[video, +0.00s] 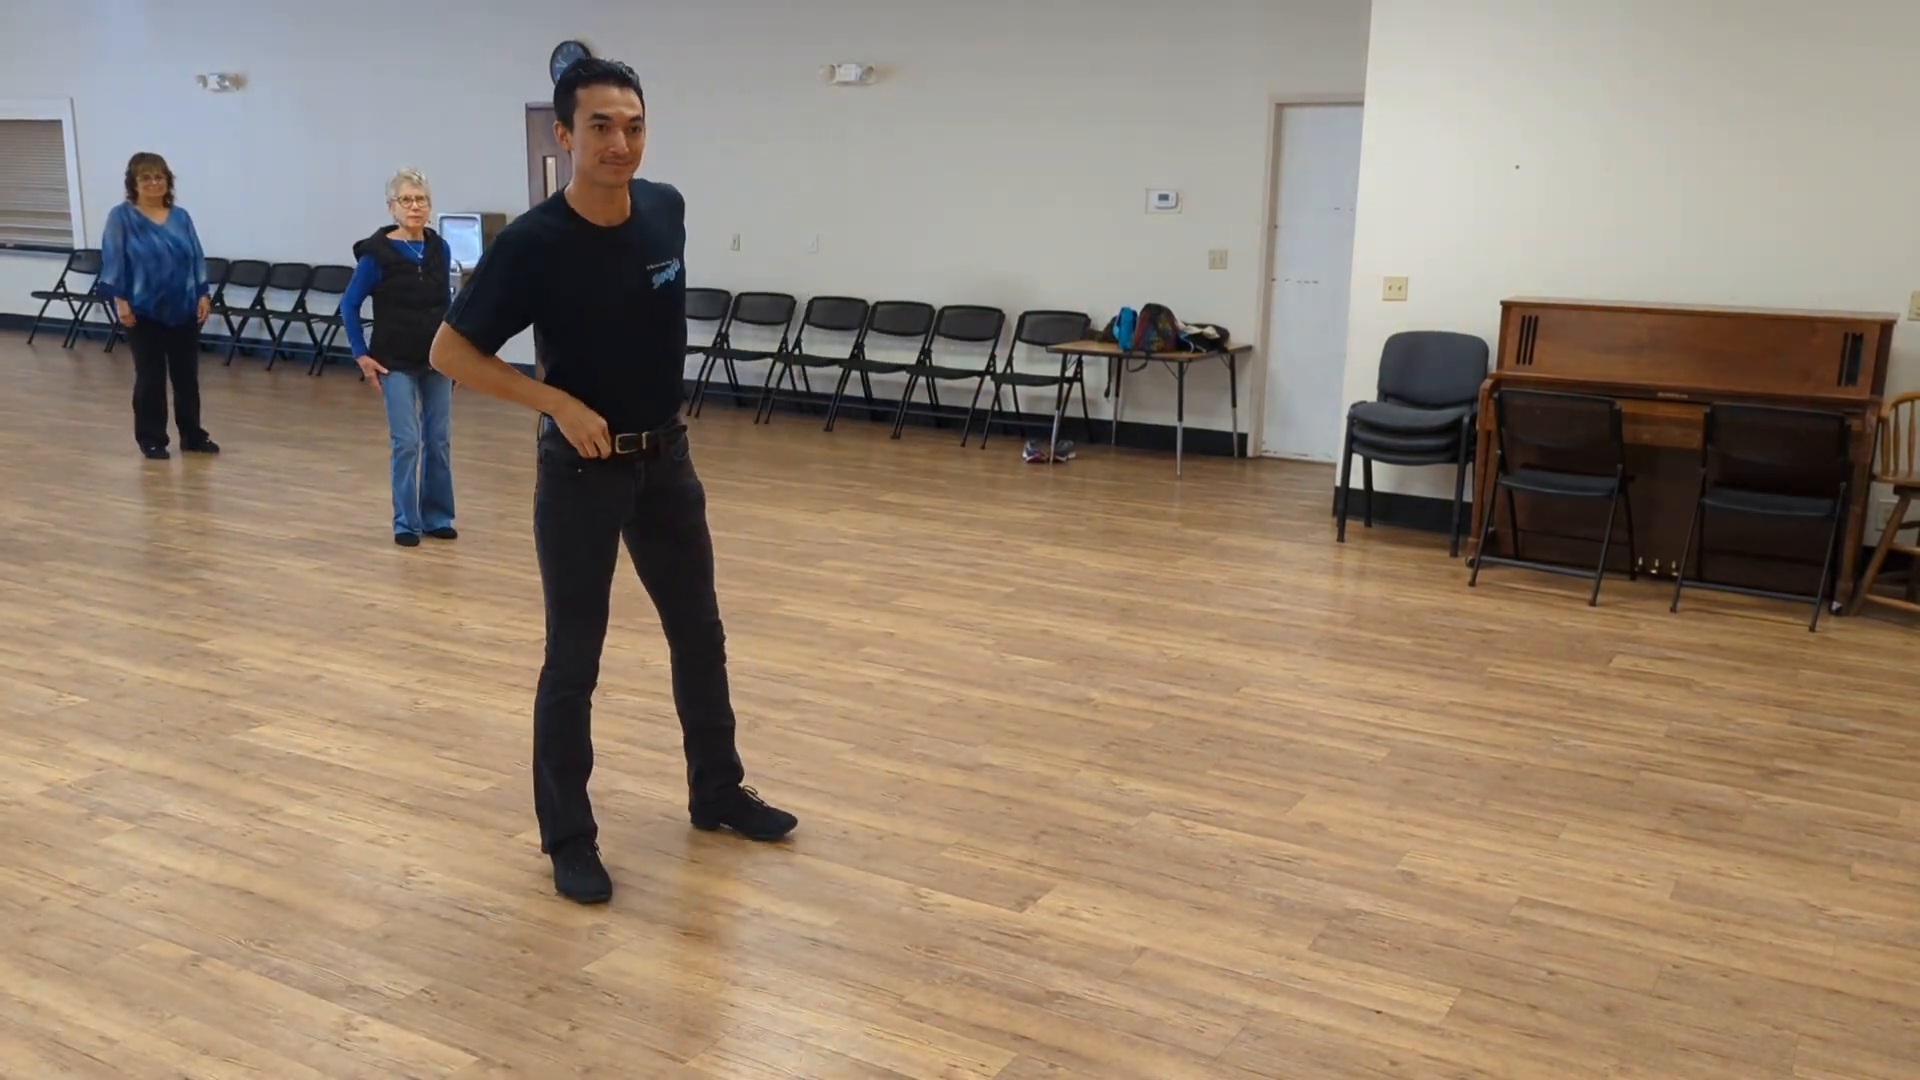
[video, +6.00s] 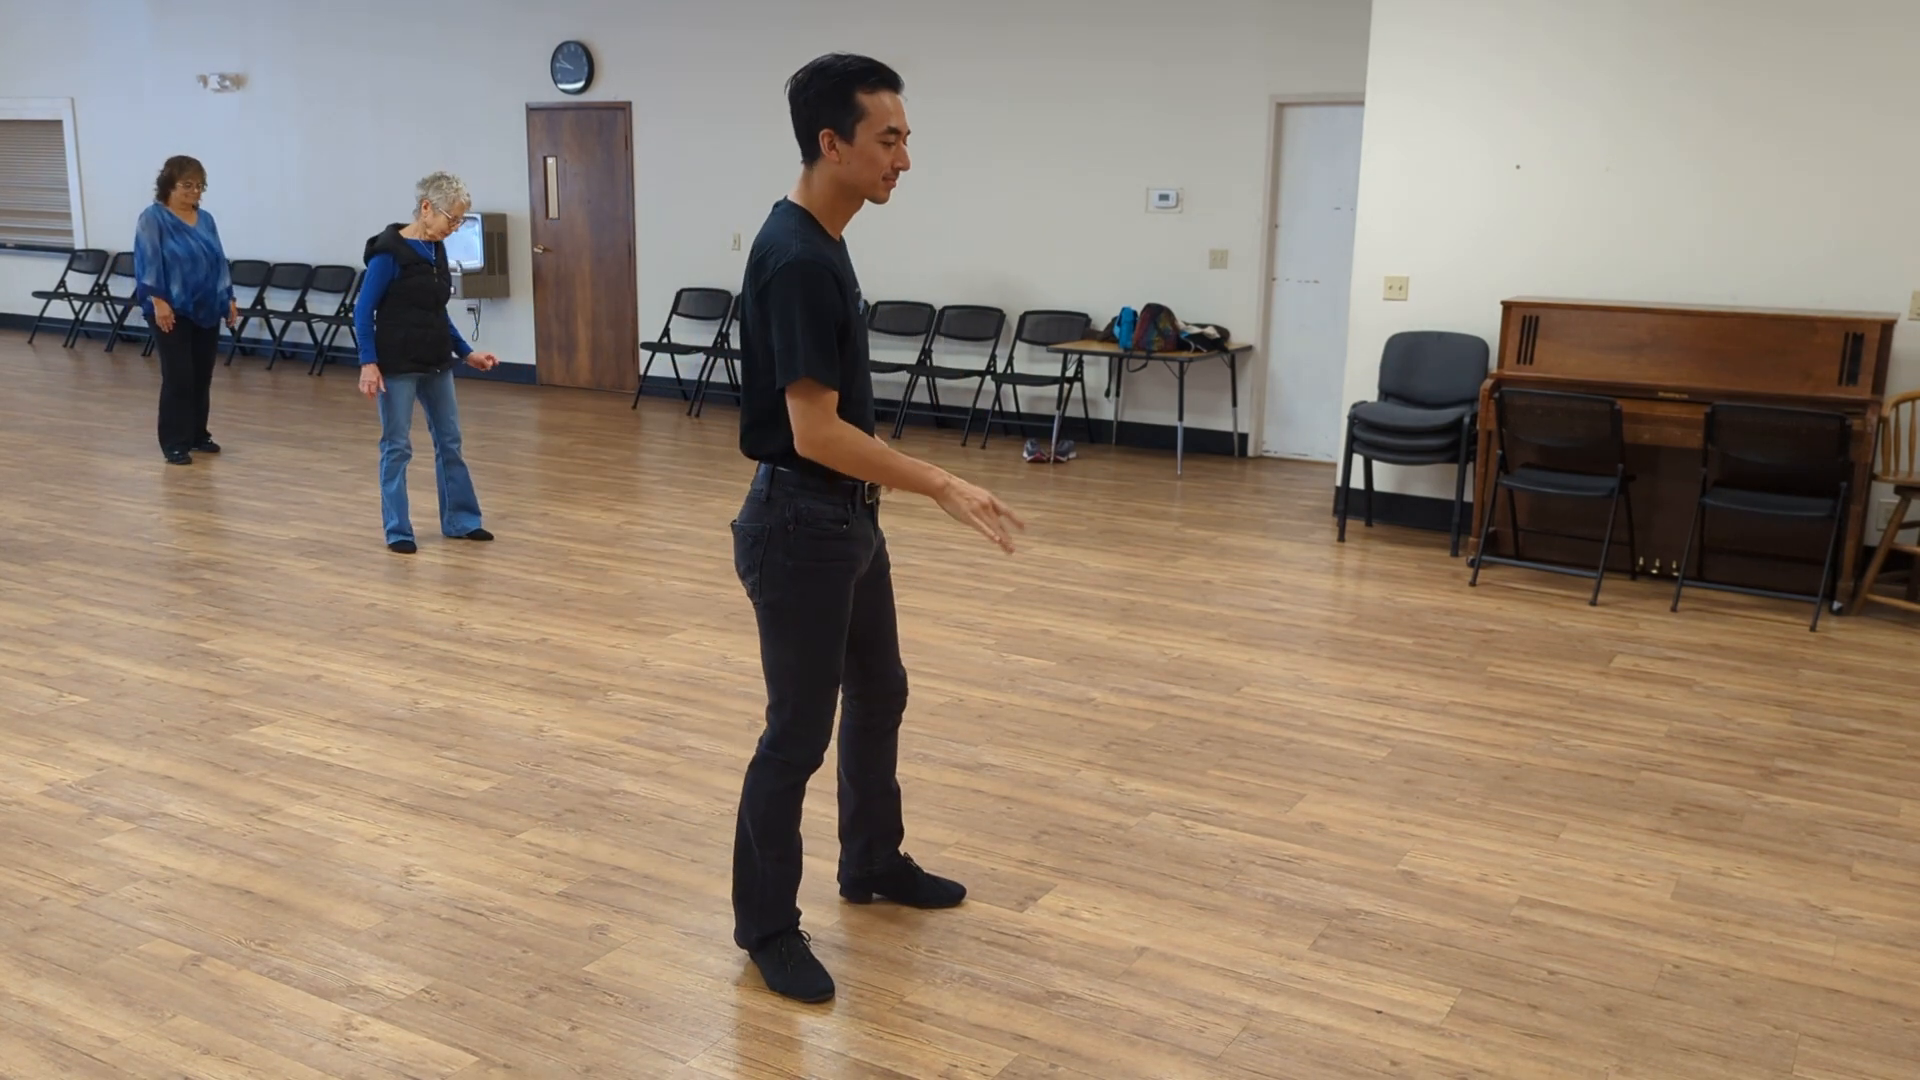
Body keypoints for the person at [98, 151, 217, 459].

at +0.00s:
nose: (152, 182)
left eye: (158, 177)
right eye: (145, 177)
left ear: (167, 181)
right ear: (134, 182)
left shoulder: (180, 216)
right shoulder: (122, 215)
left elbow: (197, 259)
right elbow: (113, 261)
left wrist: (203, 293)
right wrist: (120, 299)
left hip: (182, 309)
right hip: (144, 310)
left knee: (186, 376)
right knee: (151, 378)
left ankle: (192, 435)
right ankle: (152, 440)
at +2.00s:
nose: (165, 183)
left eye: (171, 178)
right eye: (158, 178)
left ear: (179, 183)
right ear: (145, 183)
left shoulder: (187, 217)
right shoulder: (133, 216)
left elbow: (202, 261)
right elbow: (129, 262)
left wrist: (212, 296)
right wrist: (140, 298)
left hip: (191, 308)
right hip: (155, 308)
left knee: (191, 374)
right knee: (157, 374)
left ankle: (193, 436)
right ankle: (152, 440)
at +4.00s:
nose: (182, 184)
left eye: (184, 179)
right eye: (175, 178)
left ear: (183, 183)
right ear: (156, 182)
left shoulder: (189, 217)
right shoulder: (136, 216)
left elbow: (203, 261)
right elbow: (132, 263)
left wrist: (213, 296)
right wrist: (140, 301)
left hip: (193, 308)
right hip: (157, 308)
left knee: (192, 375)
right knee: (158, 374)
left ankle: (193, 435)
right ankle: (152, 440)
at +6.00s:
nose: (196, 191)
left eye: (199, 186)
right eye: (189, 185)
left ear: (202, 188)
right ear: (170, 185)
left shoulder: (205, 218)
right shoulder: (153, 217)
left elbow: (219, 262)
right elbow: (148, 265)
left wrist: (229, 299)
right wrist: (159, 301)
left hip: (206, 310)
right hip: (172, 310)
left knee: (201, 375)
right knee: (178, 377)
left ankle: (198, 435)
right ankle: (174, 443)